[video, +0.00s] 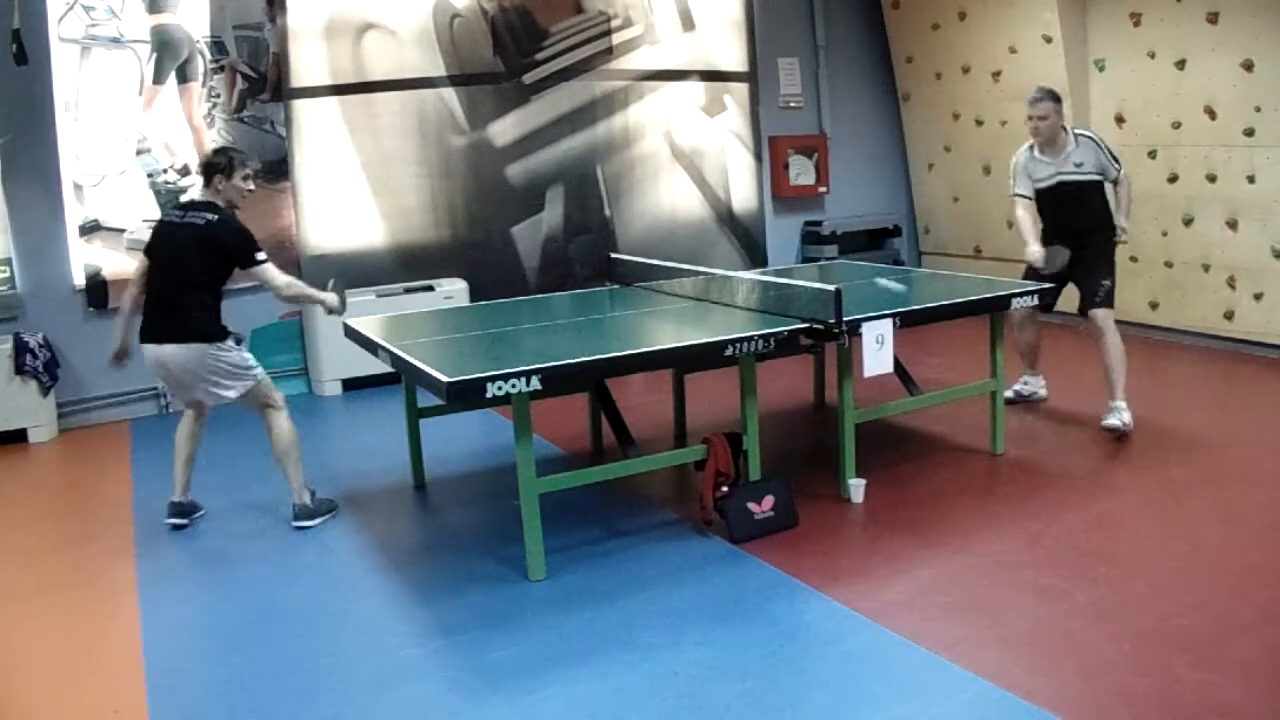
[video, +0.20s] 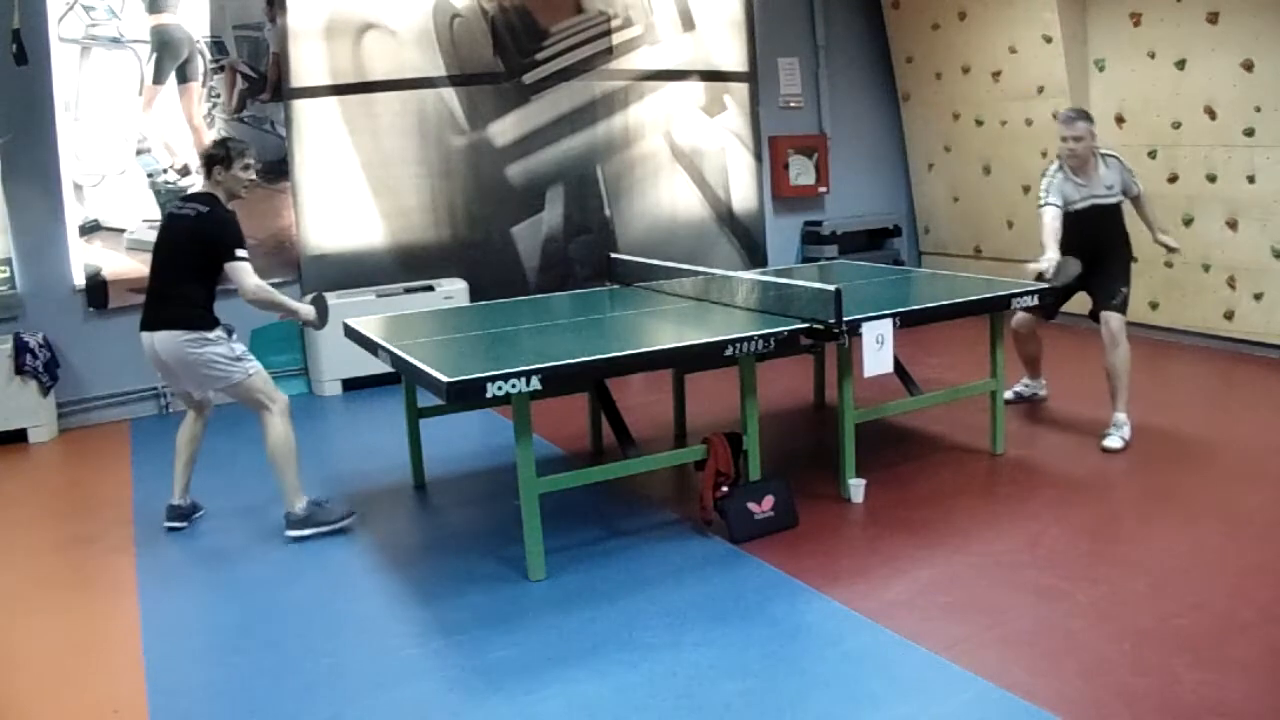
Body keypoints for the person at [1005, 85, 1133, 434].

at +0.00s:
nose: (1034, 125)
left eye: (1042, 118)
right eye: (1030, 118)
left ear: (1061, 118)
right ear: (1026, 120)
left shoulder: (1089, 144)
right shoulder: (1024, 160)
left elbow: (1120, 178)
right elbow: (1023, 206)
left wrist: (1122, 218)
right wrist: (1032, 244)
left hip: (1095, 246)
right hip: (1053, 248)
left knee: (1100, 316)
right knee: (1021, 313)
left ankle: (1118, 405)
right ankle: (1032, 380)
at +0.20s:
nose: (1069, 147)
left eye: (1077, 140)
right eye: (1064, 140)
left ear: (1093, 139)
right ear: (1058, 140)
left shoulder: (1114, 166)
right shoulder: (1054, 179)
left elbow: (1136, 196)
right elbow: (1050, 218)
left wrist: (1156, 232)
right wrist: (1051, 253)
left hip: (1111, 258)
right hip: (1069, 259)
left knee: (1112, 325)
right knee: (1021, 323)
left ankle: (1120, 420)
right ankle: (1034, 383)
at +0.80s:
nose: (1054, 117)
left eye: (1062, 112)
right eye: (1052, 111)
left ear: (1086, 114)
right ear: (1052, 113)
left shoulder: (1115, 155)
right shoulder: (1039, 152)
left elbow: (1146, 198)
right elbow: (1022, 192)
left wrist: (1163, 246)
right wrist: (1025, 224)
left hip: (1103, 254)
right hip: (1060, 250)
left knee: (1106, 332)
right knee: (1032, 317)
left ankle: (1119, 420)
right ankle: (1025, 381)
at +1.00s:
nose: (1023, 106)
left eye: (1030, 98)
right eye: (1021, 99)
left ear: (1054, 101)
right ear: (1024, 102)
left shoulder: (1083, 140)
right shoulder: (1021, 139)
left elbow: (1113, 186)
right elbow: (1008, 179)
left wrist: (1119, 231)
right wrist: (992, 208)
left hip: (1081, 250)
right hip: (1039, 248)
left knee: (1092, 326)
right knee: (1021, 319)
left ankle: (1116, 413)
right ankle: (1024, 385)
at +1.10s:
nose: (1009, 107)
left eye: (1015, 99)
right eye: (1007, 100)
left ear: (1039, 100)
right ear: (1014, 103)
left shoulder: (1071, 136)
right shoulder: (1014, 140)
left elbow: (1100, 183)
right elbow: (1010, 185)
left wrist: (1089, 224)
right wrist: (977, 211)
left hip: (1072, 249)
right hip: (1032, 249)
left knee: (1083, 329)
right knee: (1014, 319)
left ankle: (1114, 407)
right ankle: (1023, 384)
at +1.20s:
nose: (992, 119)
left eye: (997, 111)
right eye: (991, 113)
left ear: (1020, 109)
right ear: (1005, 114)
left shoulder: (1048, 139)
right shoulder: (1008, 152)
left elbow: (1083, 181)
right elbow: (1002, 199)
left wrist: (1059, 219)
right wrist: (954, 215)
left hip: (1068, 250)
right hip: (1031, 249)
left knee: (1077, 333)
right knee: (994, 307)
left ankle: (1115, 408)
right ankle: (1004, 380)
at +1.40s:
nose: (945, 141)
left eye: (948, 132)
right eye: (944, 133)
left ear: (968, 129)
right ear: (962, 132)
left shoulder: (996, 147)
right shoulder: (971, 169)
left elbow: (1035, 169)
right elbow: (947, 213)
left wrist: (1029, 197)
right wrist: (900, 218)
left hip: (1039, 256)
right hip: (1005, 258)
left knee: (1063, 332)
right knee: (963, 316)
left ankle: (1111, 407)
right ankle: (955, 382)